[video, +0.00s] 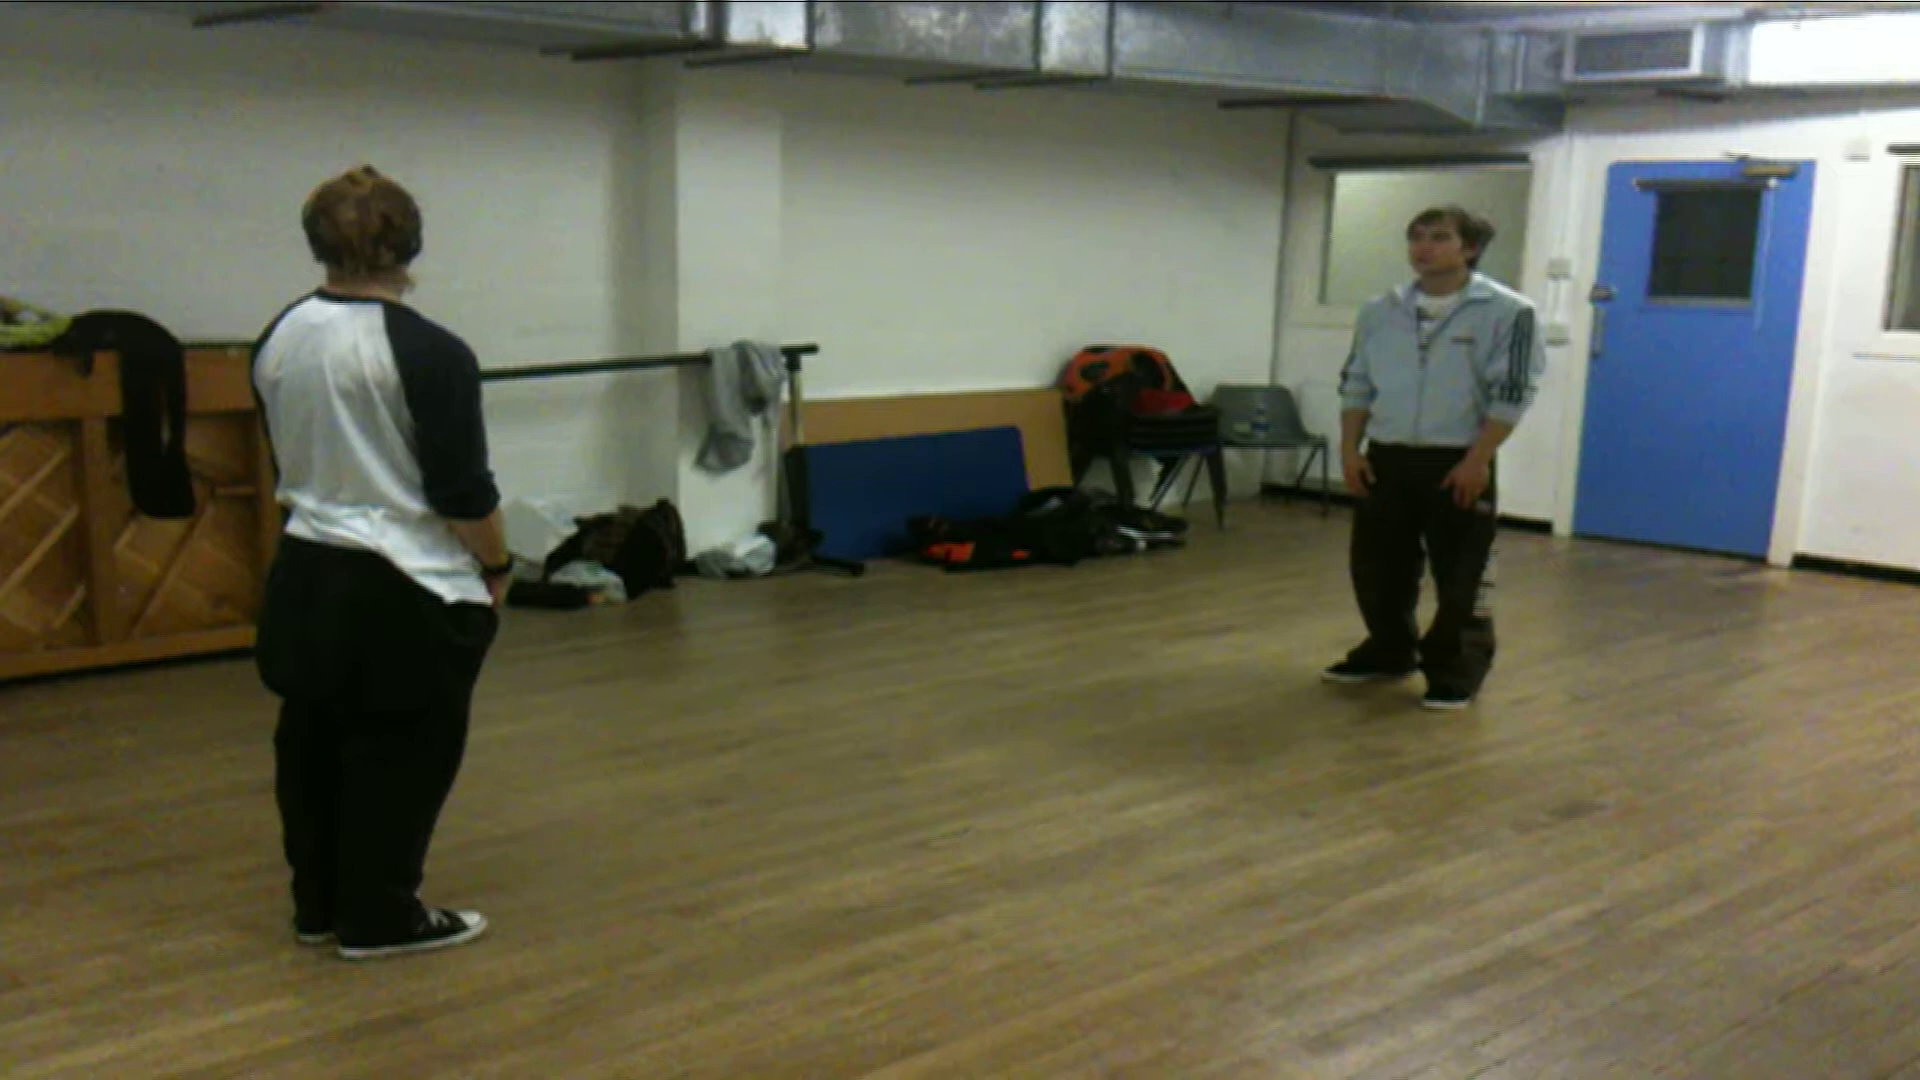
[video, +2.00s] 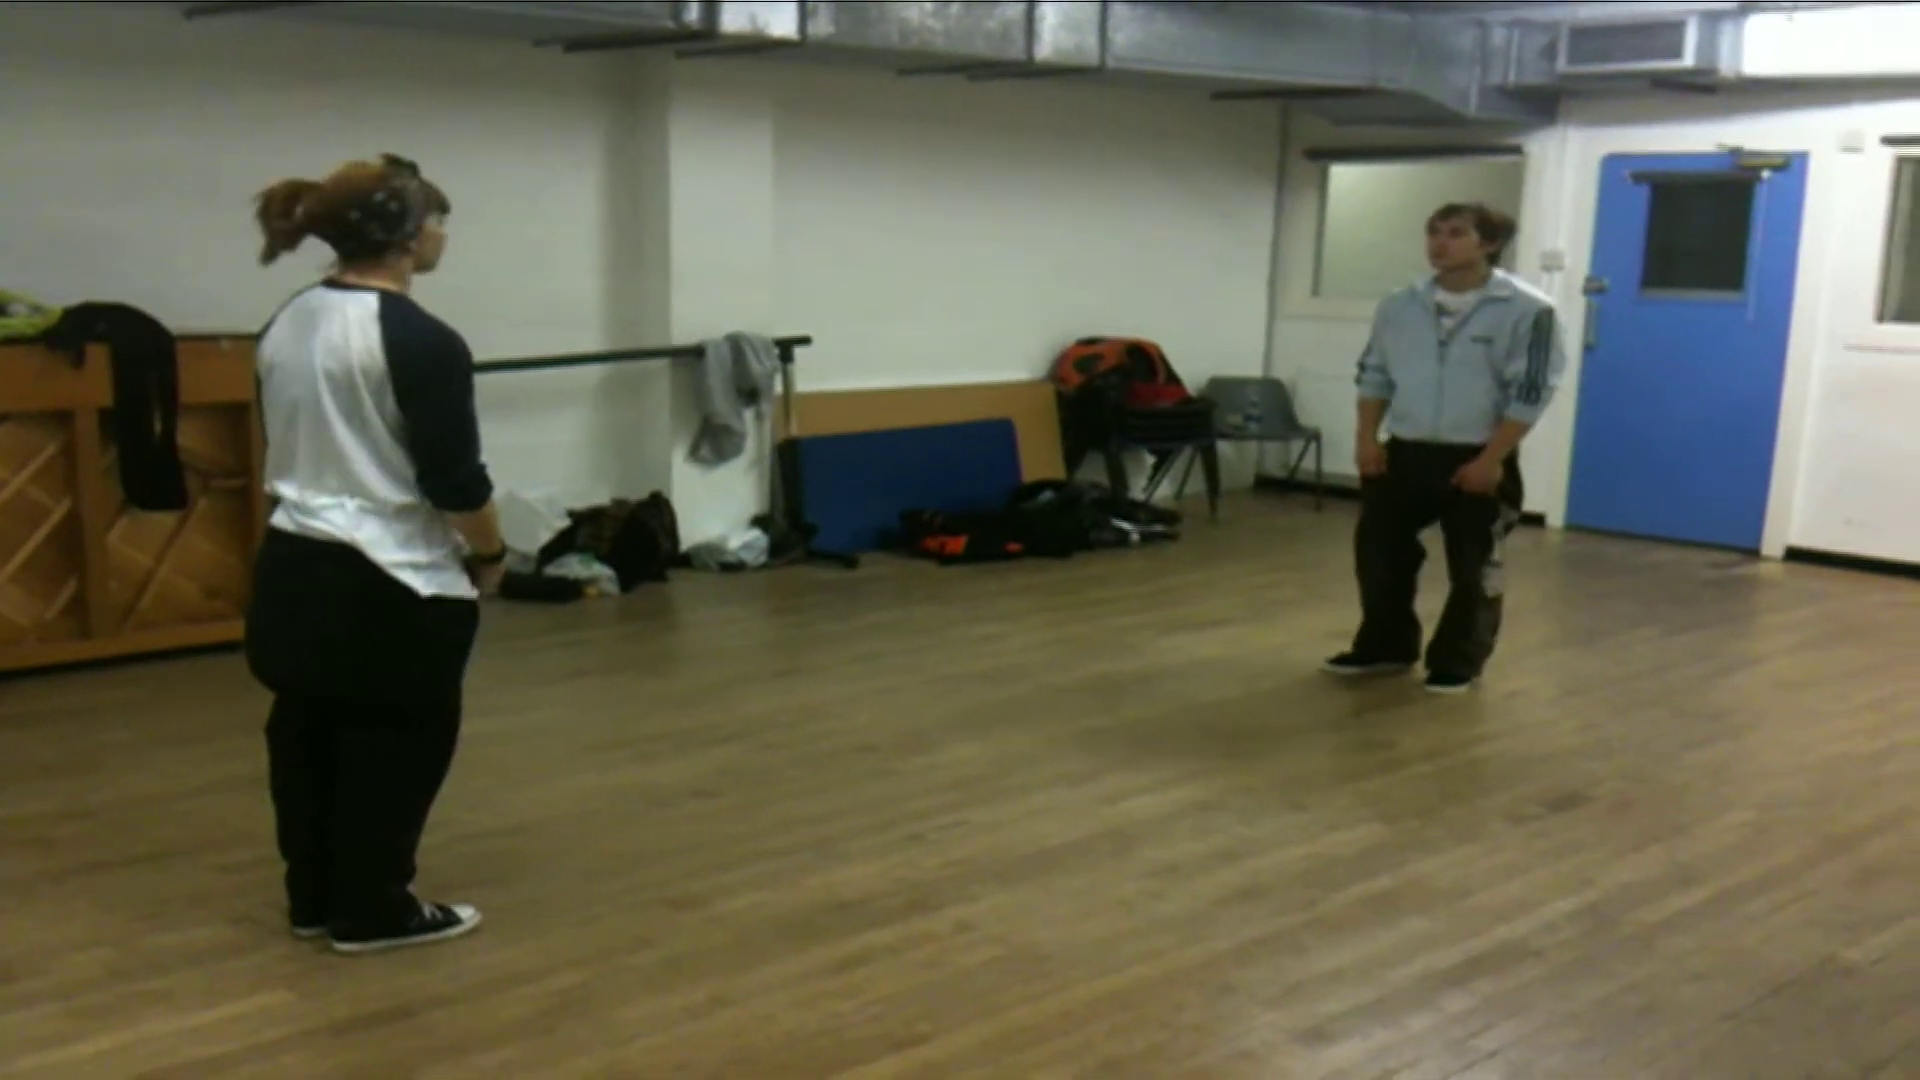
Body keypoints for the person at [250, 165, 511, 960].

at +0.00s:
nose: (414, 250)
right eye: (411, 240)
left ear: (321, 246)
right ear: (406, 247)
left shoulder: (278, 341)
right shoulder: (431, 355)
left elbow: (291, 468)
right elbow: (464, 492)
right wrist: (495, 566)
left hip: (308, 581)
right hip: (412, 595)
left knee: (314, 737)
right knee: (410, 753)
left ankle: (320, 902)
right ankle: (382, 913)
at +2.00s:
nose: (443, 237)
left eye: (442, 223)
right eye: (437, 224)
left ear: (348, 232)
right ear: (409, 233)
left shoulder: (286, 326)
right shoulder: (423, 344)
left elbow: (289, 456)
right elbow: (457, 483)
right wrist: (490, 554)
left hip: (294, 572)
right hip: (396, 586)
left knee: (310, 725)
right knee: (407, 741)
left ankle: (315, 895)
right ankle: (374, 905)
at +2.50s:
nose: (525, 247)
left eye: (522, 233)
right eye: (516, 234)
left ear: (440, 246)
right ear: (479, 248)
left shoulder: (375, 326)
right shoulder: (480, 354)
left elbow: (370, 461)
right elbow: (498, 500)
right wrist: (512, 588)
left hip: (341, 576)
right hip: (428, 594)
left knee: (355, 736)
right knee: (434, 757)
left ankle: (325, 900)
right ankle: (379, 910)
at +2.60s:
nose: (562, 257)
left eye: (560, 242)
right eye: (554, 245)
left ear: (479, 253)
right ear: (521, 257)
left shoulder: (416, 321)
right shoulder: (508, 353)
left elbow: (430, 458)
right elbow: (538, 505)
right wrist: (550, 587)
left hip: (380, 566)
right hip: (456, 586)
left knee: (420, 730)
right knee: (451, 751)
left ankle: (349, 872)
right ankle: (378, 907)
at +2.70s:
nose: (601, 279)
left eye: (600, 264)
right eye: (595, 266)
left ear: (518, 267)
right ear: (569, 273)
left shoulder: (458, 336)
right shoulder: (552, 367)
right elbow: (583, 507)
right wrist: (592, 581)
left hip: (420, 564)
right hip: (488, 577)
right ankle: (383, 902)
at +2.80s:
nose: (648, 308)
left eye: (646, 293)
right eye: (641, 295)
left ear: (569, 301)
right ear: (616, 304)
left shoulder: (522, 362)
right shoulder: (607, 383)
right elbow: (624, 521)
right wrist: (630, 585)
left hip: (461, 568)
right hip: (511, 585)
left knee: (628, 666)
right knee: (582, 744)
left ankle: (631, 818)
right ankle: (400, 886)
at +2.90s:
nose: (707, 343)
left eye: (706, 328)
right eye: (701, 330)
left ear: (631, 331)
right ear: (673, 334)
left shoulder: (587, 386)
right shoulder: (668, 384)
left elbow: (570, 493)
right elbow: (646, 500)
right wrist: (678, 566)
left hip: (525, 587)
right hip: (582, 607)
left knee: (685, 662)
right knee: (611, 773)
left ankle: (738, 783)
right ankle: (411, 887)